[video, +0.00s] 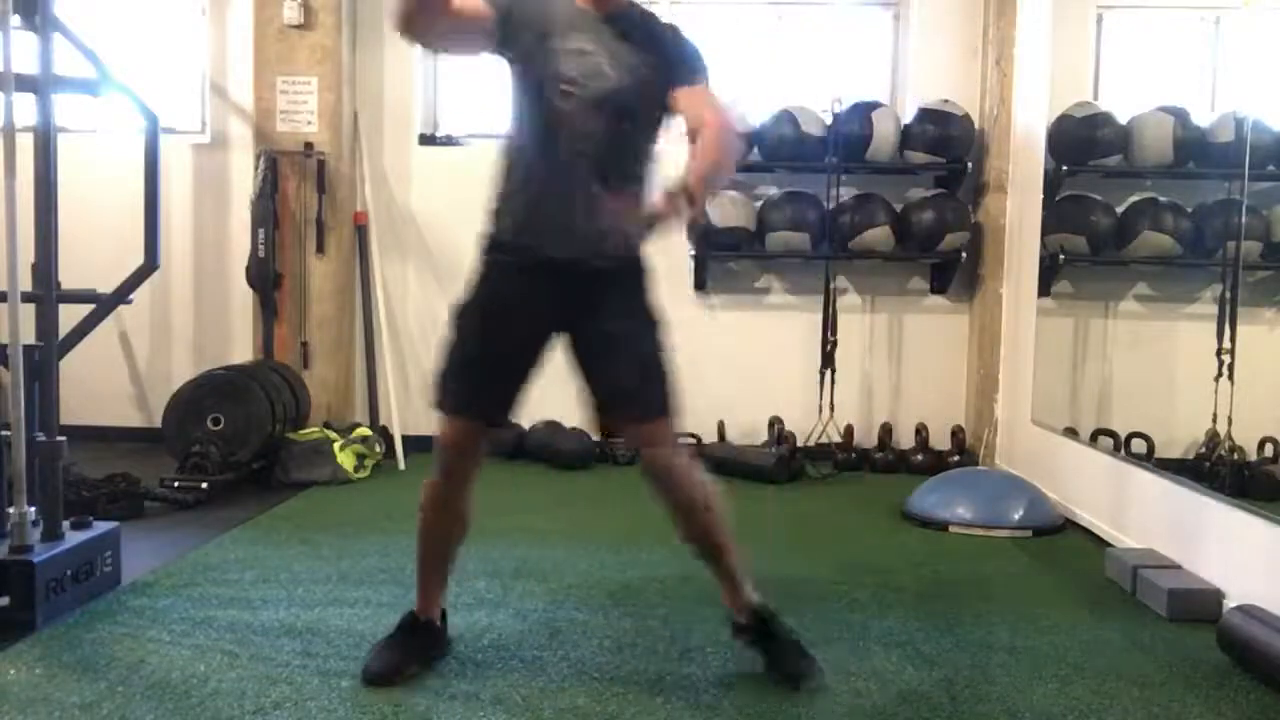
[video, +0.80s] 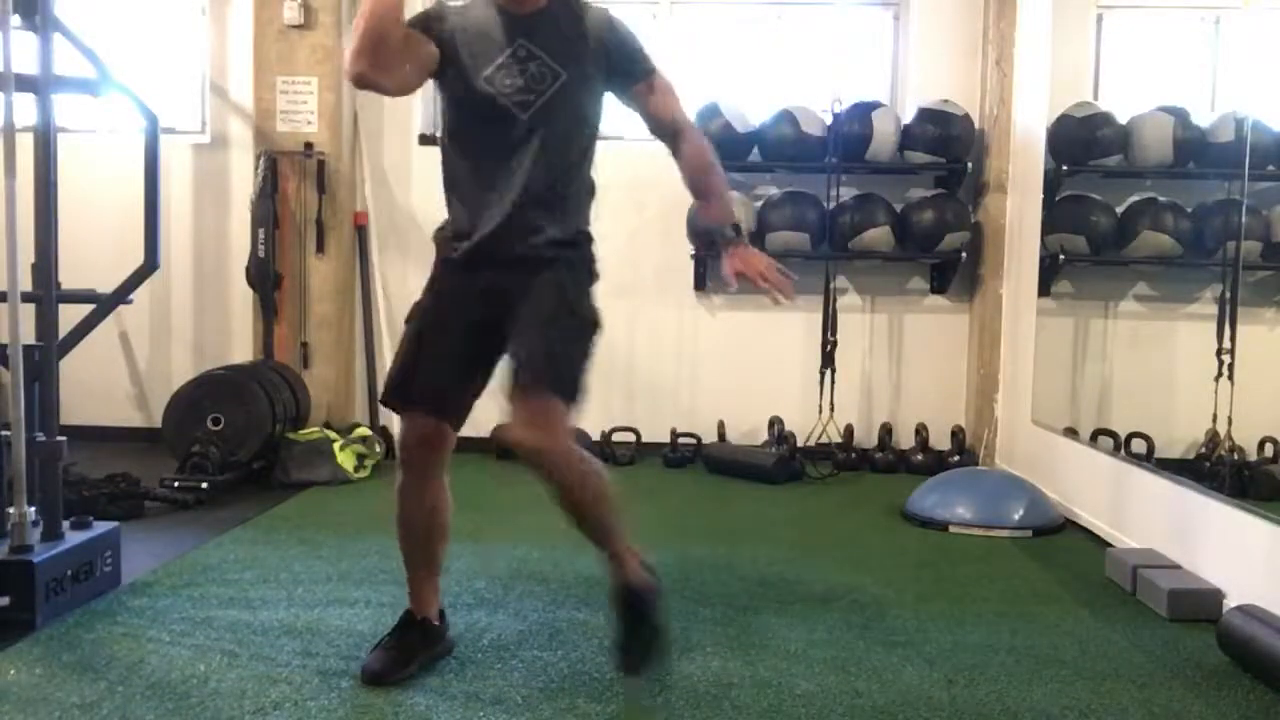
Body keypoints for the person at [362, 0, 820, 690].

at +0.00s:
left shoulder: (661, 43)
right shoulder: (525, 13)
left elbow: (715, 132)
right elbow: (420, 24)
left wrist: (680, 196)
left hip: (609, 273)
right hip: (516, 265)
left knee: (659, 451)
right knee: (455, 448)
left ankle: (749, 613)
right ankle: (426, 620)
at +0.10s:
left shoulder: (613, 24)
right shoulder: (480, 7)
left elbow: (693, 130)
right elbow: (414, 6)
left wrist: (706, 232)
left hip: (570, 253)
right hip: (479, 252)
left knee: (562, 418)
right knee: (440, 435)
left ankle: (666, 559)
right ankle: (423, 619)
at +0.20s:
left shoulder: (591, 12)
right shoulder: (454, 6)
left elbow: (681, 122)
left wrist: (720, 235)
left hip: (548, 230)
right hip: (458, 238)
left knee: (475, 343)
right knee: (433, 431)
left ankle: (547, 512)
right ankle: (423, 617)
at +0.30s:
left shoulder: (578, 13)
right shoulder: (440, 7)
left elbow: (671, 115)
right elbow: (391, 20)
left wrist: (721, 220)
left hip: (538, 225)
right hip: (451, 236)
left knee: (410, 234)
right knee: (421, 429)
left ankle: (458, 431)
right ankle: (424, 617)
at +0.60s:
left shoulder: (567, 30)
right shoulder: (430, 30)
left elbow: (653, 129)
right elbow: (364, 85)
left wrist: (705, 219)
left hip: (535, 255)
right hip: (450, 266)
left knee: (392, 214)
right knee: (399, 427)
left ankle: (431, 421)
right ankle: (424, 619)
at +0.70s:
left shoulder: (575, 24)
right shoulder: (437, 24)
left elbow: (660, 127)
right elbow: (359, 66)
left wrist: (712, 229)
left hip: (540, 244)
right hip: (459, 251)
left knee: (457, 360)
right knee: (410, 438)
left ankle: (557, 526)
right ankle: (423, 618)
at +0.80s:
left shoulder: (592, 28)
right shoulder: (452, 23)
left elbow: (678, 131)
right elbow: (370, 64)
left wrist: (729, 235)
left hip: (555, 260)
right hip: (467, 260)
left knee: (536, 429)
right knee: (421, 435)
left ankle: (633, 577)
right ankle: (423, 618)